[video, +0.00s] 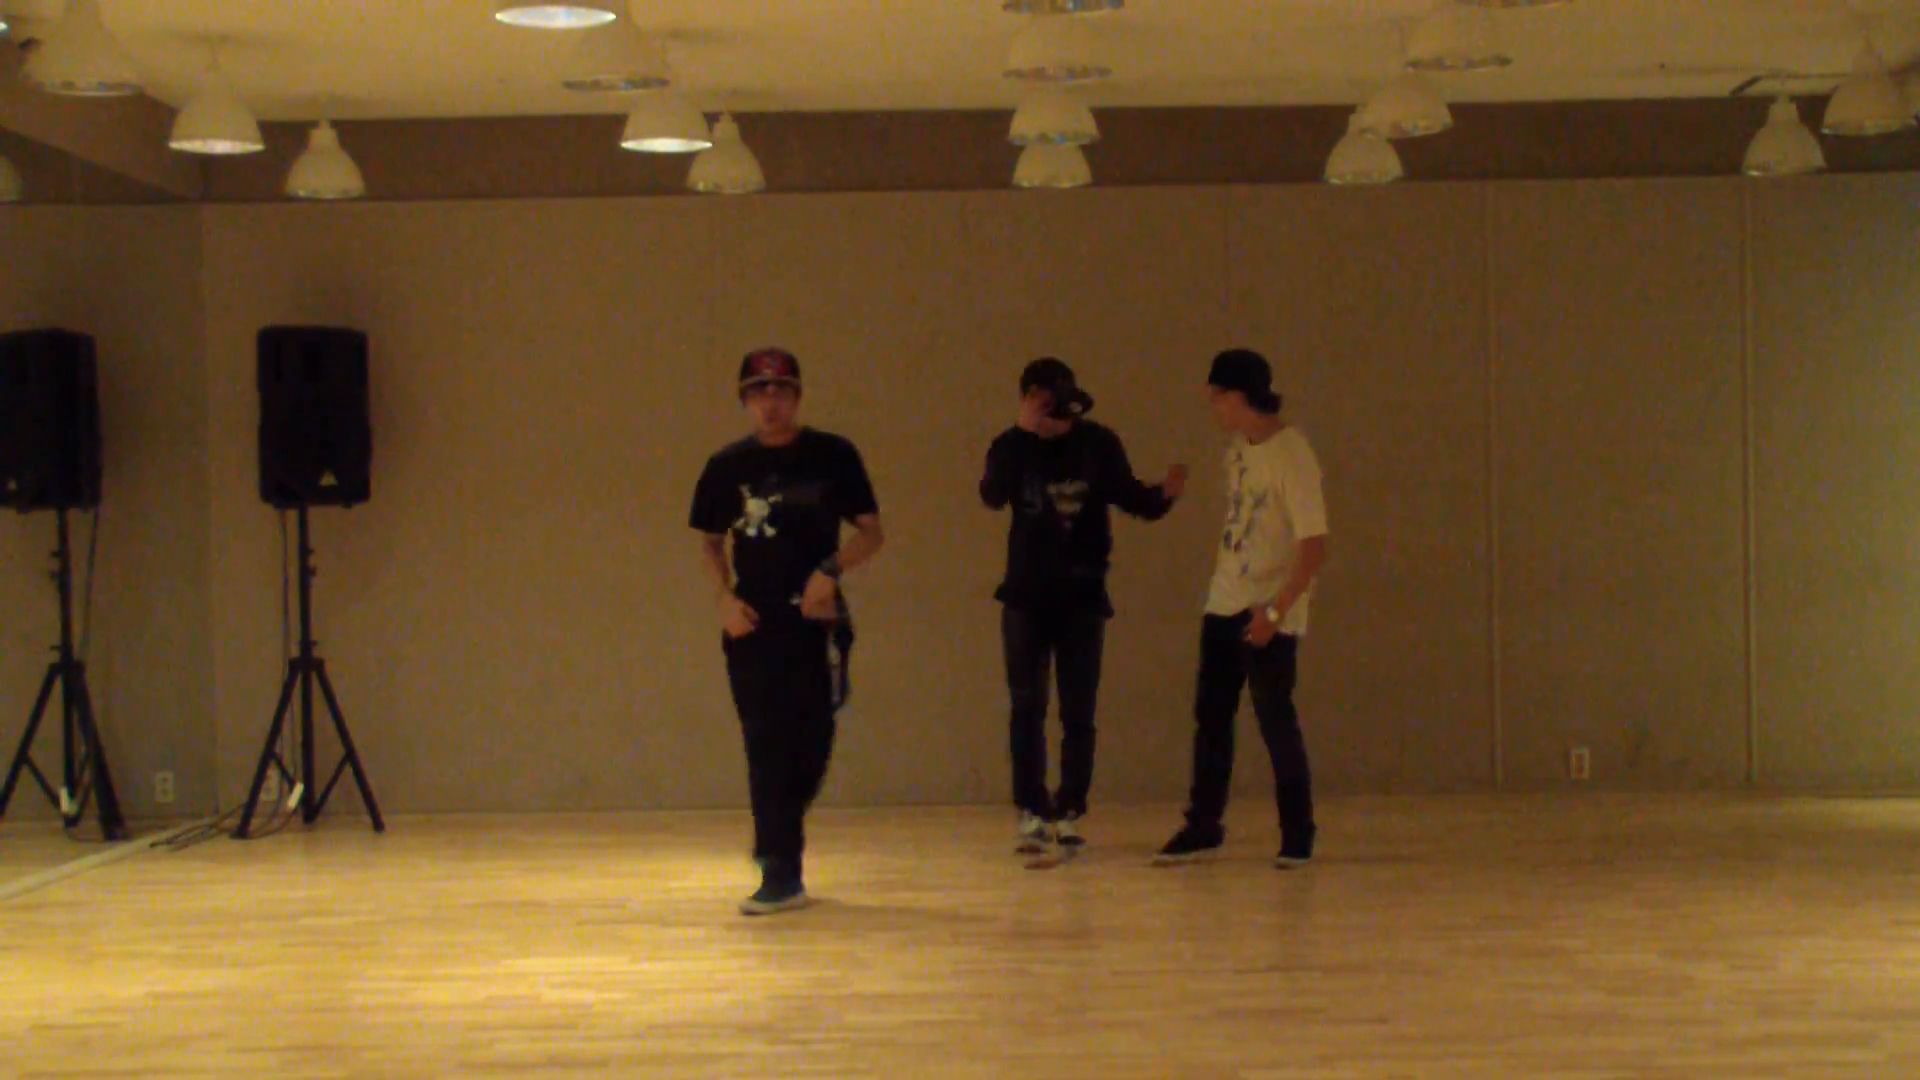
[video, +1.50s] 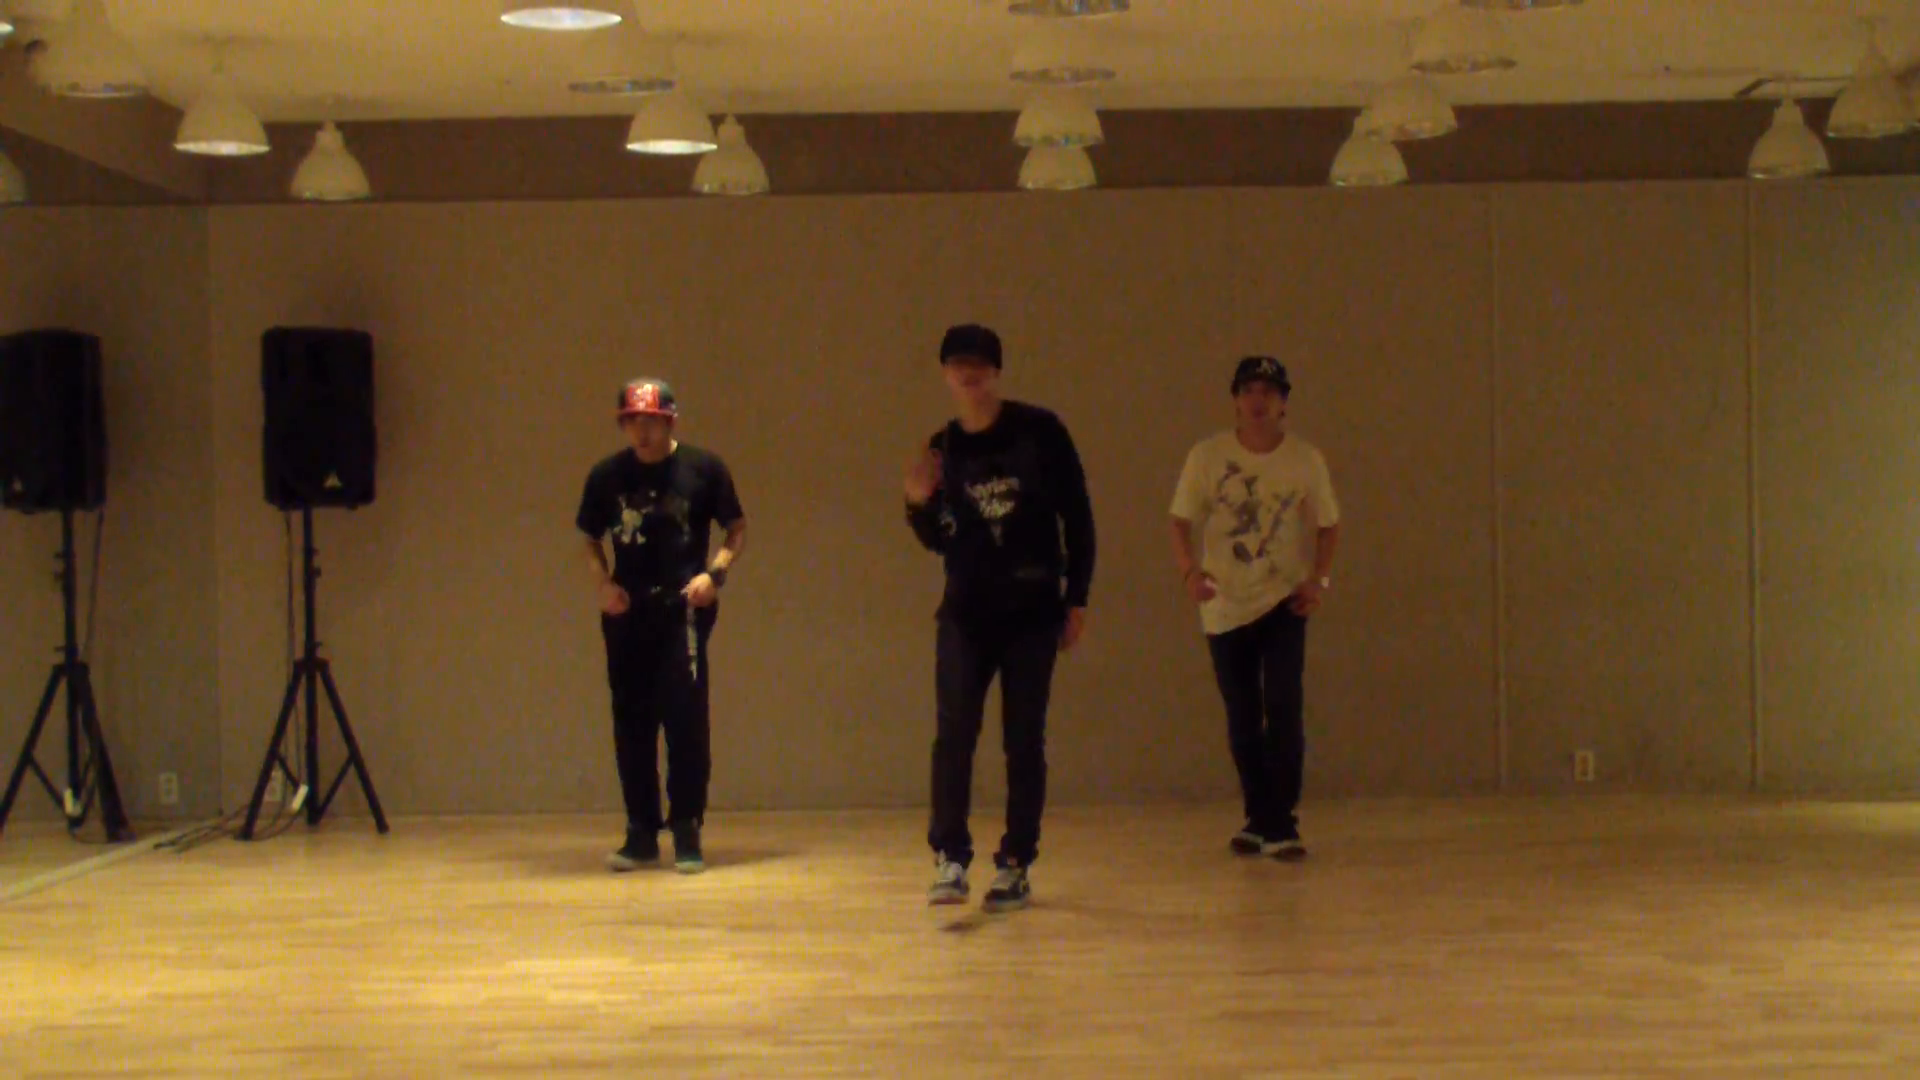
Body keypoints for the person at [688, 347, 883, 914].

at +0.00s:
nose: (772, 401)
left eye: (782, 389)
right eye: (759, 391)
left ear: (799, 396)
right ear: (744, 401)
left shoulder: (833, 456)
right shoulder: (726, 467)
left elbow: (871, 531)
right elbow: (710, 541)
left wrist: (831, 571)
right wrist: (725, 597)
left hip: (814, 627)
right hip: (753, 629)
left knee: (809, 748)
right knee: (766, 748)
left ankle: (777, 839)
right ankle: (779, 873)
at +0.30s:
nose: (771, 426)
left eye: (772, 416)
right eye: (761, 416)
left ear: (768, 420)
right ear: (728, 418)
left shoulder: (783, 483)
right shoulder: (681, 476)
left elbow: (792, 559)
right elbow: (661, 551)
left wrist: (755, 547)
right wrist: (654, 616)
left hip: (747, 633)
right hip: (686, 629)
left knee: (721, 746)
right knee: (702, 745)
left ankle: (682, 848)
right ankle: (743, 862)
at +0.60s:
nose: (744, 422)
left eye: (746, 412)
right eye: (736, 412)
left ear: (733, 417)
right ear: (703, 412)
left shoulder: (747, 482)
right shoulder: (645, 461)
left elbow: (754, 561)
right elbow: (616, 536)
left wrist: (738, 617)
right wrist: (605, 609)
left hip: (703, 632)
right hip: (644, 623)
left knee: (699, 743)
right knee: (632, 738)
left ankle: (686, 851)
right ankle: (627, 844)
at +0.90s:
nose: (697, 435)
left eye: (702, 426)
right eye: (688, 425)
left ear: (705, 430)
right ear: (658, 426)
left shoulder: (713, 496)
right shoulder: (612, 481)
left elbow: (733, 564)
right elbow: (582, 555)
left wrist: (725, 614)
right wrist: (588, 622)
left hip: (679, 638)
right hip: (621, 634)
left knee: (682, 744)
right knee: (624, 743)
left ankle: (686, 851)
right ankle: (636, 835)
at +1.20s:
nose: (638, 428)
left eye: (647, 419)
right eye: (629, 420)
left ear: (667, 421)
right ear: (618, 425)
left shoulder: (699, 476)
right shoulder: (601, 478)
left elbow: (719, 547)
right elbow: (579, 551)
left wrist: (698, 602)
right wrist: (594, 614)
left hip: (674, 625)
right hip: (619, 623)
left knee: (672, 733)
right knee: (622, 736)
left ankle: (673, 839)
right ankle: (637, 834)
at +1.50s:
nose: (642, 431)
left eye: (651, 421)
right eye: (634, 422)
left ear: (671, 422)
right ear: (623, 426)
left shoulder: (704, 470)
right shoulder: (607, 476)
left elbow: (735, 528)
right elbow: (589, 537)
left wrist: (712, 575)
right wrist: (604, 584)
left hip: (683, 616)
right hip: (627, 617)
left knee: (686, 725)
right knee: (632, 726)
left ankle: (687, 834)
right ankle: (641, 835)